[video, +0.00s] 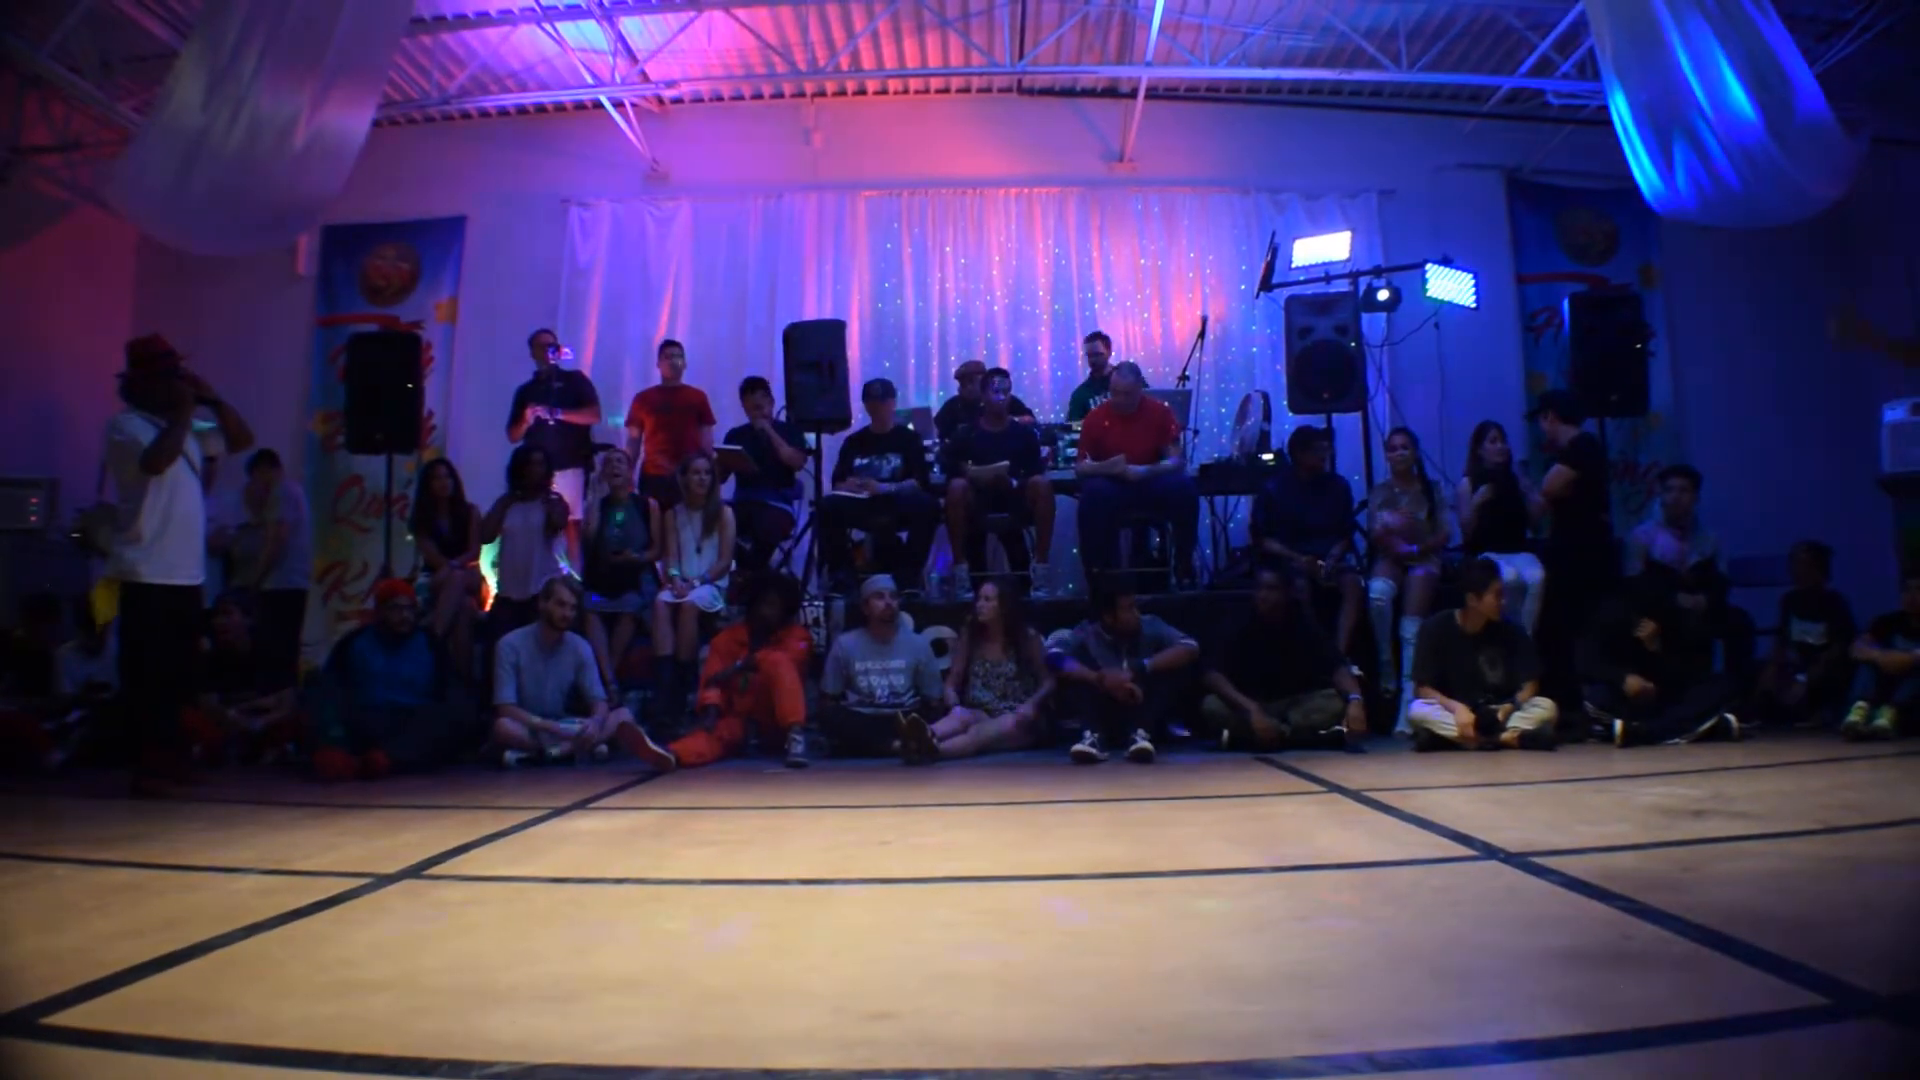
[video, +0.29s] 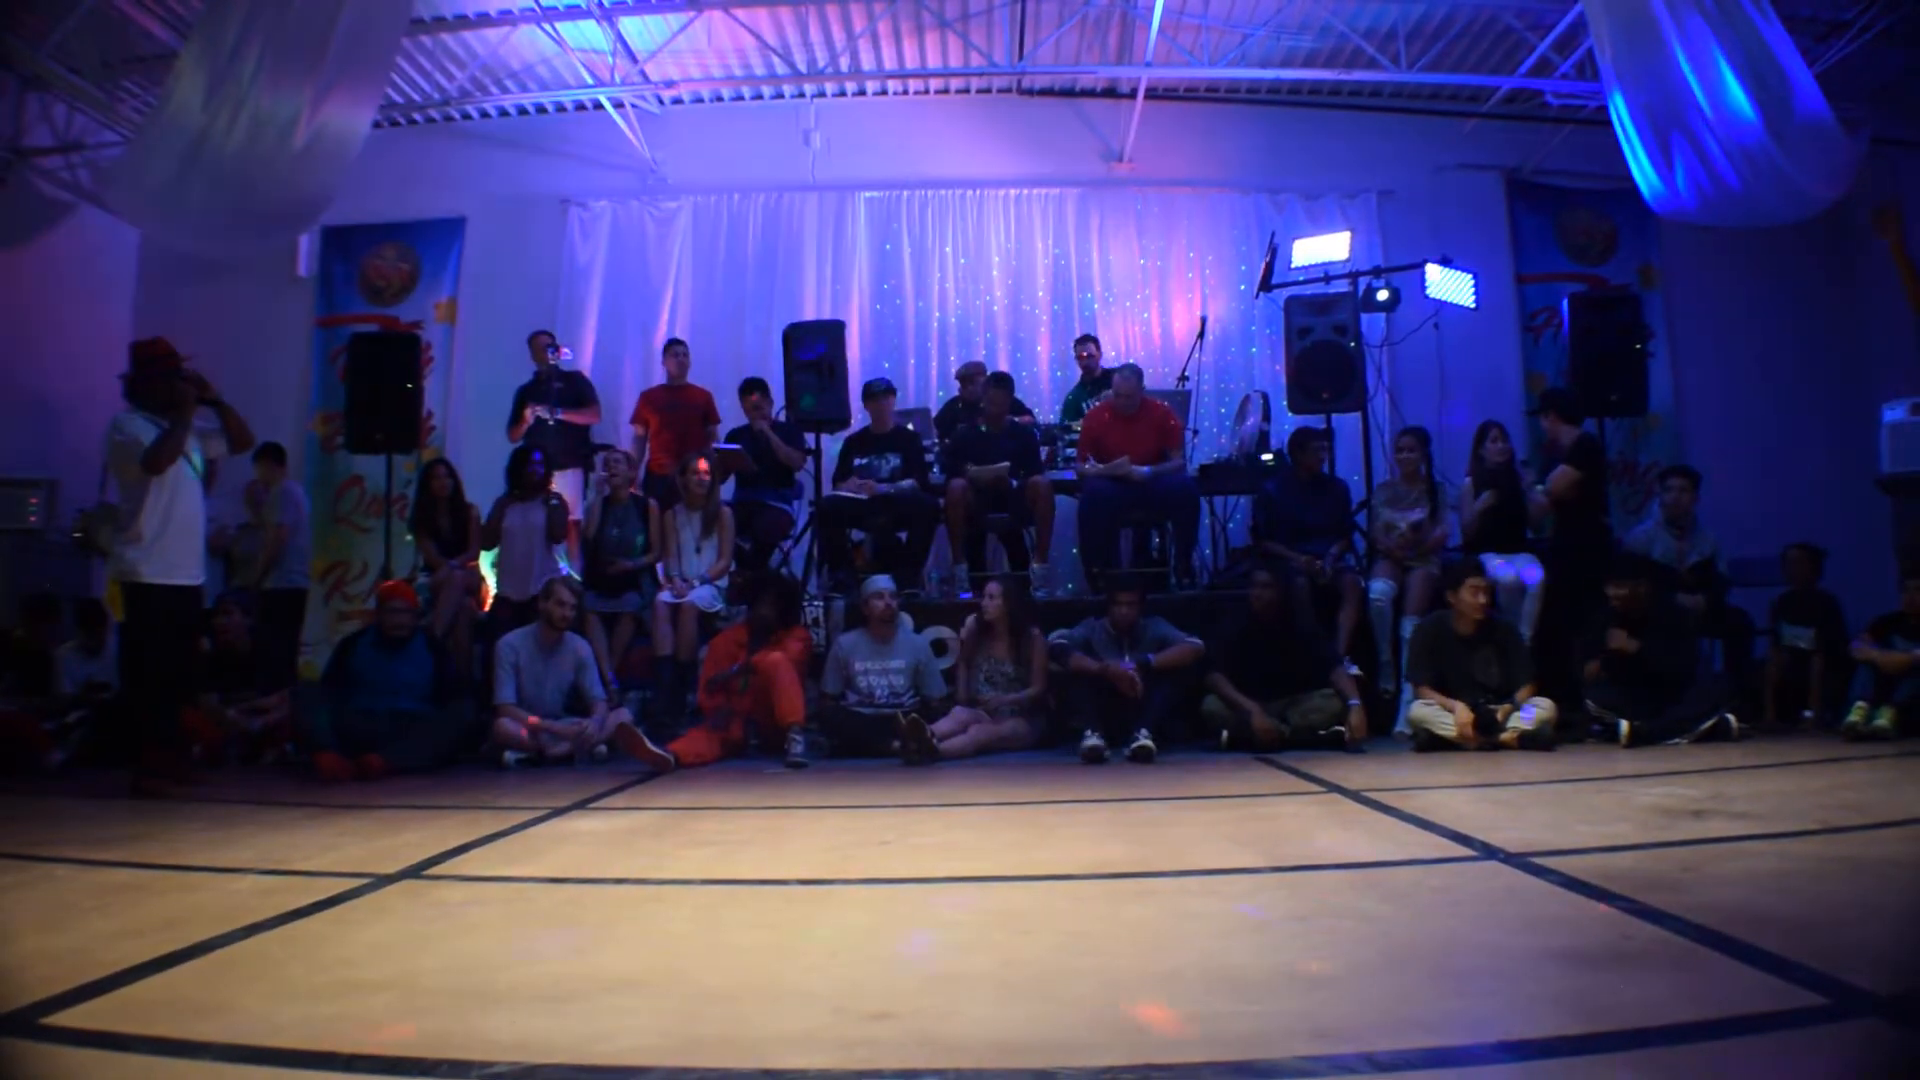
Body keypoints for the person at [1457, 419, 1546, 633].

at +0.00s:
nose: (1500, 447)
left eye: (1503, 441)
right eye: (1493, 442)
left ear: (1509, 446)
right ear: (1479, 449)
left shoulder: (1517, 479)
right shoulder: (1469, 483)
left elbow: (1534, 513)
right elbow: (1467, 526)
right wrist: (1475, 503)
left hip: (1519, 548)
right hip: (1487, 549)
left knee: (1536, 576)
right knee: (1510, 578)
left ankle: (1527, 636)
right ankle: (1502, 634)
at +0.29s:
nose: (1500, 446)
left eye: (1504, 440)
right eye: (1493, 441)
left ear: (1511, 446)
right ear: (1481, 449)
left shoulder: (1521, 478)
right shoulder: (1472, 483)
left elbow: (1536, 514)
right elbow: (1467, 526)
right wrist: (1479, 507)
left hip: (1519, 547)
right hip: (1489, 548)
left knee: (1535, 578)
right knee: (1509, 579)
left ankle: (1526, 638)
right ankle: (1506, 635)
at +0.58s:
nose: (1500, 446)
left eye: (1505, 440)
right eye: (1493, 441)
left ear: (1512, 446)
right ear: (1482, 449)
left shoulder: (1522, 480)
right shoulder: (1475, 483)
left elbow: (1532, 521)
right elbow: (1468, 525)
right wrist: (1481, 506)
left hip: (1520, 548)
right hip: (1488, 549)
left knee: (1537, 577)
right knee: (1510, 579)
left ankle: (1528, 639)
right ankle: (1503, 636)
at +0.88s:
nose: (1504, 445)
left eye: (1509, 439)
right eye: (1497, 439)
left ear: (1518, 445)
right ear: (1488, 446)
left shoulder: (1527, 481)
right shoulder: (1478, 482)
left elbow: (1539, 519)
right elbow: (1472, 524)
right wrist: (1485, 504)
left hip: (1524, 551)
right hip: (1492, 551)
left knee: (1534, 575)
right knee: (1508, 580)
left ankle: (1533, 628)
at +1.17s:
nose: (1503, 446)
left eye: (1509, 439)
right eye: (1496, 440)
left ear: (1519, 444)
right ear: (1490, 446)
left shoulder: (1530, 480)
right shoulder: (1478, 483)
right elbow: (1472, 523)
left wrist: (1534, 509)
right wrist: (1488, 505)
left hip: (1523, 550)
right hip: (1489, 550)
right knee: (1503, 581)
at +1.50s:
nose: (1503, 445)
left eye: (1510, 439)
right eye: (1498, 440)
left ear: (1520, 444)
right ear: (1492, 444)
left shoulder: (1531, 481)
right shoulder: (1481, 481)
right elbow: (1472, 523)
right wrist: (1489, 505)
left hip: (1524, 551)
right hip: (1491, 551)